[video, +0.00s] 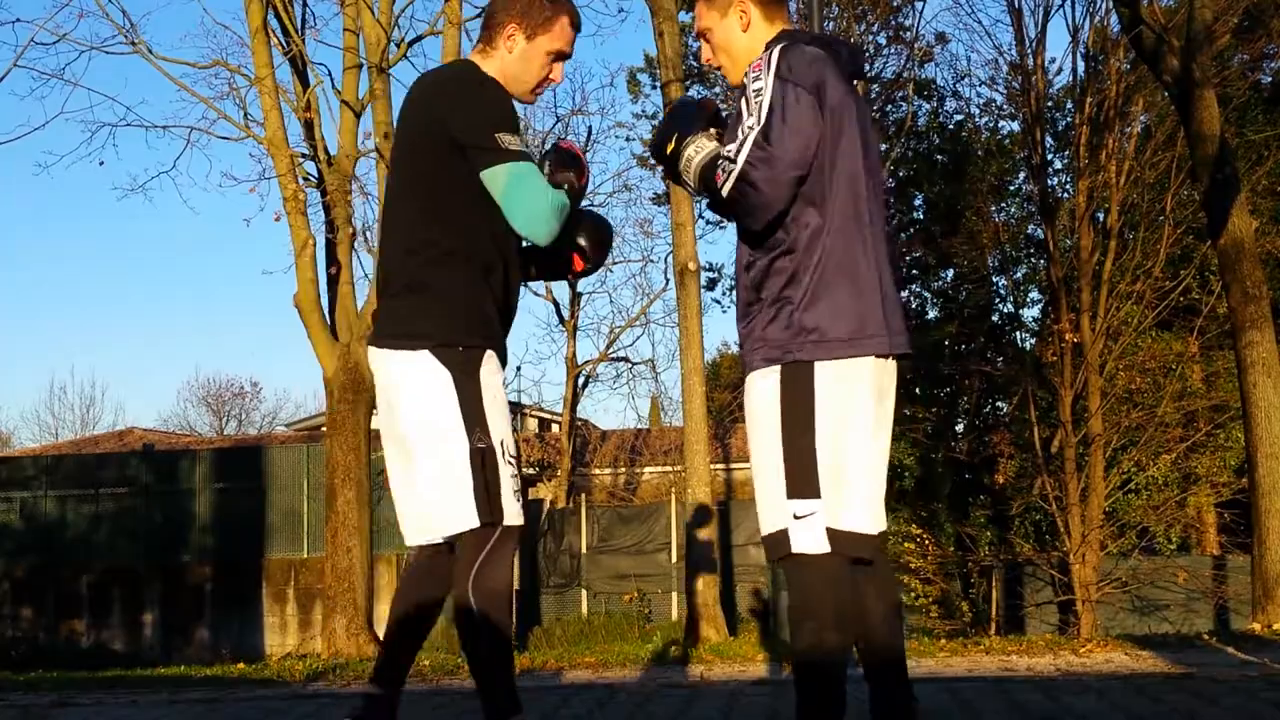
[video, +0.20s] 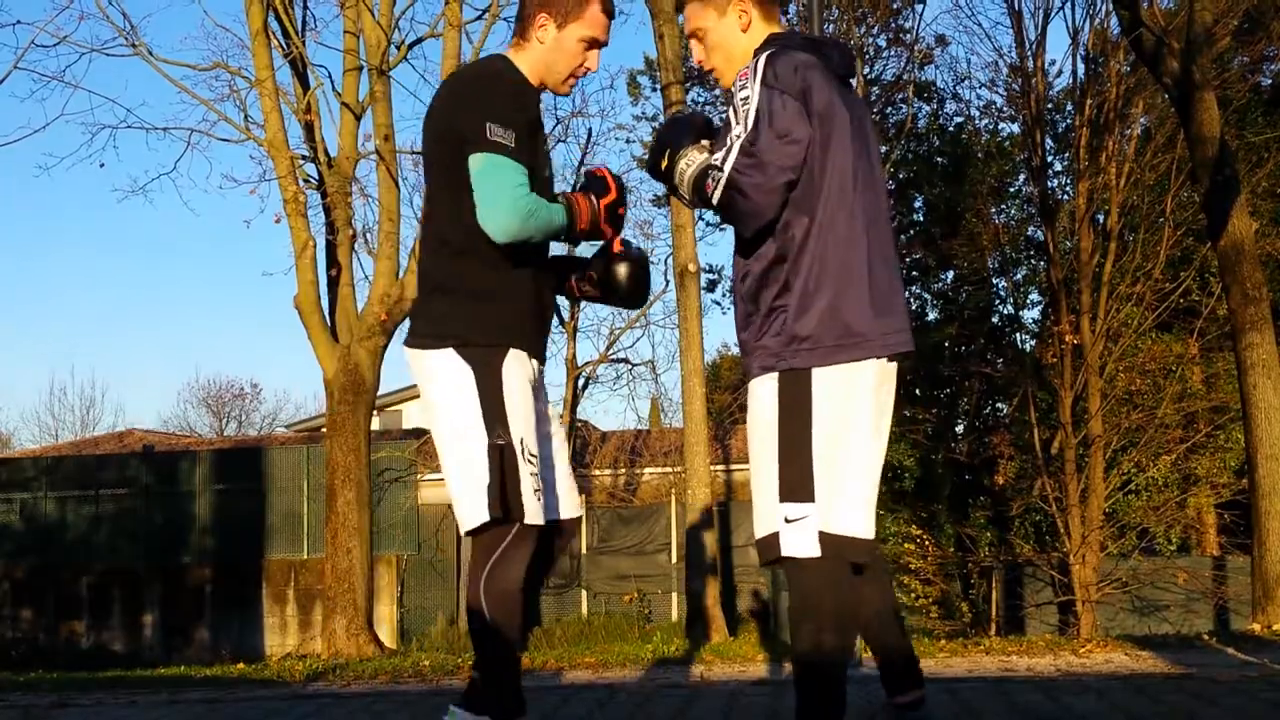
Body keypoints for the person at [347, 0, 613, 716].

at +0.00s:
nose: (558, 76)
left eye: (564, 61)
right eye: (555, 57)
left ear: (509, 35)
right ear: (513, 35)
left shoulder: (449, 98)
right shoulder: (469, 91)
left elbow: (481, 249)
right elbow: (538, 219)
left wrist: (568, 254)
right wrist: (562, 178)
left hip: (414, 342)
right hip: (446, 345)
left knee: (441, 534)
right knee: (493, 528)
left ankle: (378, 705)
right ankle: (503, 713)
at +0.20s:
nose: (594, 62)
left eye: (599, 48)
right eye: (589, 43)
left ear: (551, 30)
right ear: (543, 25)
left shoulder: (512, 105)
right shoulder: (490, 88)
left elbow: (506, 256)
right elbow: (504, 216)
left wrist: (578, 276)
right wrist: (576, 210)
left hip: (503, 345)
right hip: (473, 342)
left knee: (544, 523)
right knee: (514, 522)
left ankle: (490, 703)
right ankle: (494, 707)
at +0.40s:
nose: (620, 59)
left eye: (628, 46)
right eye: (617, 39)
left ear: (582, 26)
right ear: (570, 18)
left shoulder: (570, 126)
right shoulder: (493, 77)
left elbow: (592, 253)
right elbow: (465, 188)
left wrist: (649, 206)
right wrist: (571, 176)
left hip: (558, 348)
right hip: (491, 342)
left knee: (582, 530)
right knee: (514, 530)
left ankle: (606, 709)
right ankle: (508, 713)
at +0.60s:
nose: (629, 69)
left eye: (637, 57)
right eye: (623, 50)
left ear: (633, 54)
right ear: (580, 29)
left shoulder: (606, 132)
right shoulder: (502, 89)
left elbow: (688, 200)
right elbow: (535, 183)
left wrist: (752, 152)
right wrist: (636, 160)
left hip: (588, 348)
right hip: (516, 344)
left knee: (607, 533)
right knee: (546, 532)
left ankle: (610, 713)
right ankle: (518, 716)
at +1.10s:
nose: (623, 75)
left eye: (631, 63)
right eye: (618, 56)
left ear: (591, 42)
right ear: (575, 34)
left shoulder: (591, 140)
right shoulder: (497, 99)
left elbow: (598, 251)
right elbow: (426, 194)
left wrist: (682, 237)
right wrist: (529, 223)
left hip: (595, 357)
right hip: (520, 352)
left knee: (602, 534)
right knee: (514, 527)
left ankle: (610, 711)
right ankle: (418, 705)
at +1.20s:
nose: (613, 73)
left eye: (620, 60)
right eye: (608, 54)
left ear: (582, 45)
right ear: (563, 35)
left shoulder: (576, 134)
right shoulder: (482, 99)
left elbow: (558, 253)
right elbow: (403, 205)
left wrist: (626, 298)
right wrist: (500, 237)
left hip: (582, 360)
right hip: (509, 355)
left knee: (610, 532)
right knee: (492, 533)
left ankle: (610, 711)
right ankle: (416, 707)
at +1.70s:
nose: (607, 60)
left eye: (614, 48)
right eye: (597, 40)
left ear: (602, 50)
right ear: (548, 30)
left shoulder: (591, 143)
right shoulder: (478, 104)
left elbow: (646, 252)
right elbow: (467, 216)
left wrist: (723, 222)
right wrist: (575, 191)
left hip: (597, 360)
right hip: (510, 359)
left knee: (645, 531)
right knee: (481, 539)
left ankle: (692, 705)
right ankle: (415, 708)